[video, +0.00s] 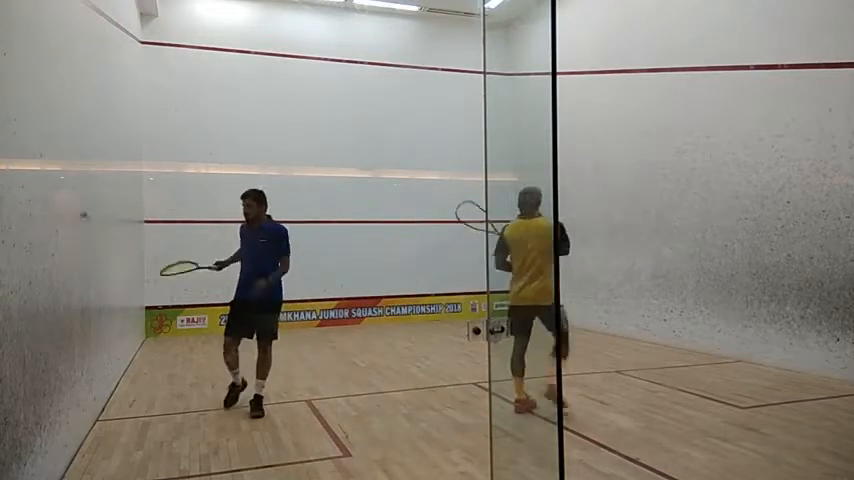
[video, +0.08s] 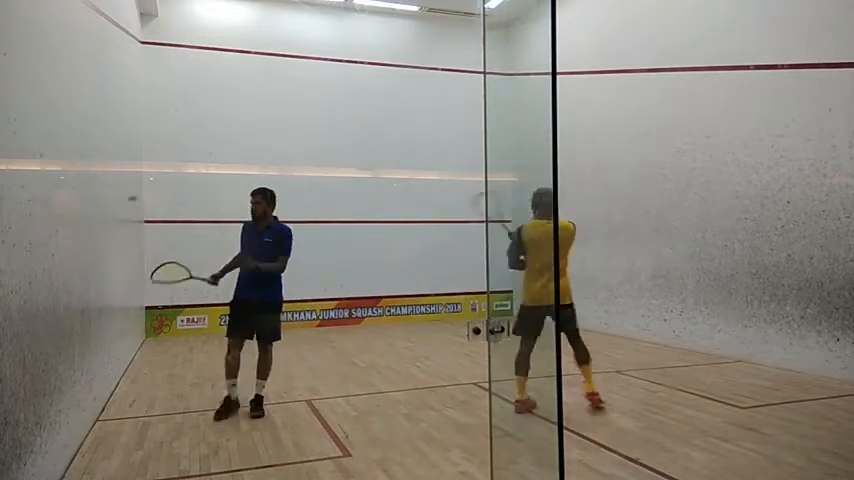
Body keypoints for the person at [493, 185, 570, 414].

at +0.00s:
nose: (531, 207)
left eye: (524, 203)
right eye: (537, 204)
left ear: (519, 204)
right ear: (539, 205)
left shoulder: (509, 230)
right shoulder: (552, 227)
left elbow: (499, 262)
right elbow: (564, 249)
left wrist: (520, 267)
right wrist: (542, 253)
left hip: (520, 299)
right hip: (546, 297)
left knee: (519, 345)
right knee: (562, 335)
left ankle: (520, 396)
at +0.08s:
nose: (540, 211)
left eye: (535, 207)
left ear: (534, 207)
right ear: (555, 207)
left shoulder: (525, 231)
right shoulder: (568, 230)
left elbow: (513, 260)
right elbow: (557, 254)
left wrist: (535, 263)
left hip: (533, 300)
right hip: (562, 299)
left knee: (525, 347)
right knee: (576, 340)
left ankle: (521, 397)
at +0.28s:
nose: (561, 208)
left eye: (563, 204)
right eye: (562, 204)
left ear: (568, 206)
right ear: (581, 205)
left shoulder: (566, 230)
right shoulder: (589, 225)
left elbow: (549, 257)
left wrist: (558, 229)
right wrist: (559, 227)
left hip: (568, 299)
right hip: (591, 297)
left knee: (550, 342)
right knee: (597, 343)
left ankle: (539, 395)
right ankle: (610, 395)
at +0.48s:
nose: (585, 203)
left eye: (588, 200)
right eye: (586, 199)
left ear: (596, 201)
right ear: (605, 200)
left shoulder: (599, 223)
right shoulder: (608, 220)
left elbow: (579, 253)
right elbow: (571, 224)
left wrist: (586, 239)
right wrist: (581, 222)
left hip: (600, 293)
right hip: (609, 291)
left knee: (586, 340)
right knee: (607, 339)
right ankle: (614, 390)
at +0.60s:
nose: (598, 206)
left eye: (600, 202)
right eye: (598, 203)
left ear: (607, 203)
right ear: (616, 202)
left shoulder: (616, 224)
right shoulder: (609, 222)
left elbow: (599, 255)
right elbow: (583, 234)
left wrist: (586, 261)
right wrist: (567, 226)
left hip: (615, 293)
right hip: (609, 292)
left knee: (613, 342)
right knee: (612, 342)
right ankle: (612, 395)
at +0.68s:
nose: (608, 204)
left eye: (611, 200)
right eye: (609, 200)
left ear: (622, 202)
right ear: (625, 202)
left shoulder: (631, 227)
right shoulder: (622, 226)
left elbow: (621, 260)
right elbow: (605, 247)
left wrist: (594, 271)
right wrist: (575, 243)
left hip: (630, 298)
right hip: (618, 297)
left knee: (639, 346)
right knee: (614, 341)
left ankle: (688, 391)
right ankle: (612, 395)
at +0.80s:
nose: (619, 205)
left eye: (621, 201)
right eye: (619, 201)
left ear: (631, 204)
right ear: (636, 203)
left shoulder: (644, 228)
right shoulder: (635, 228)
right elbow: (626, 258)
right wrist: (599, 260)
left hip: (648, 301)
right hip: (633, 301)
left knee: (660, 350)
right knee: (622, 342)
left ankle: (702, 400)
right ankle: (613, 395)